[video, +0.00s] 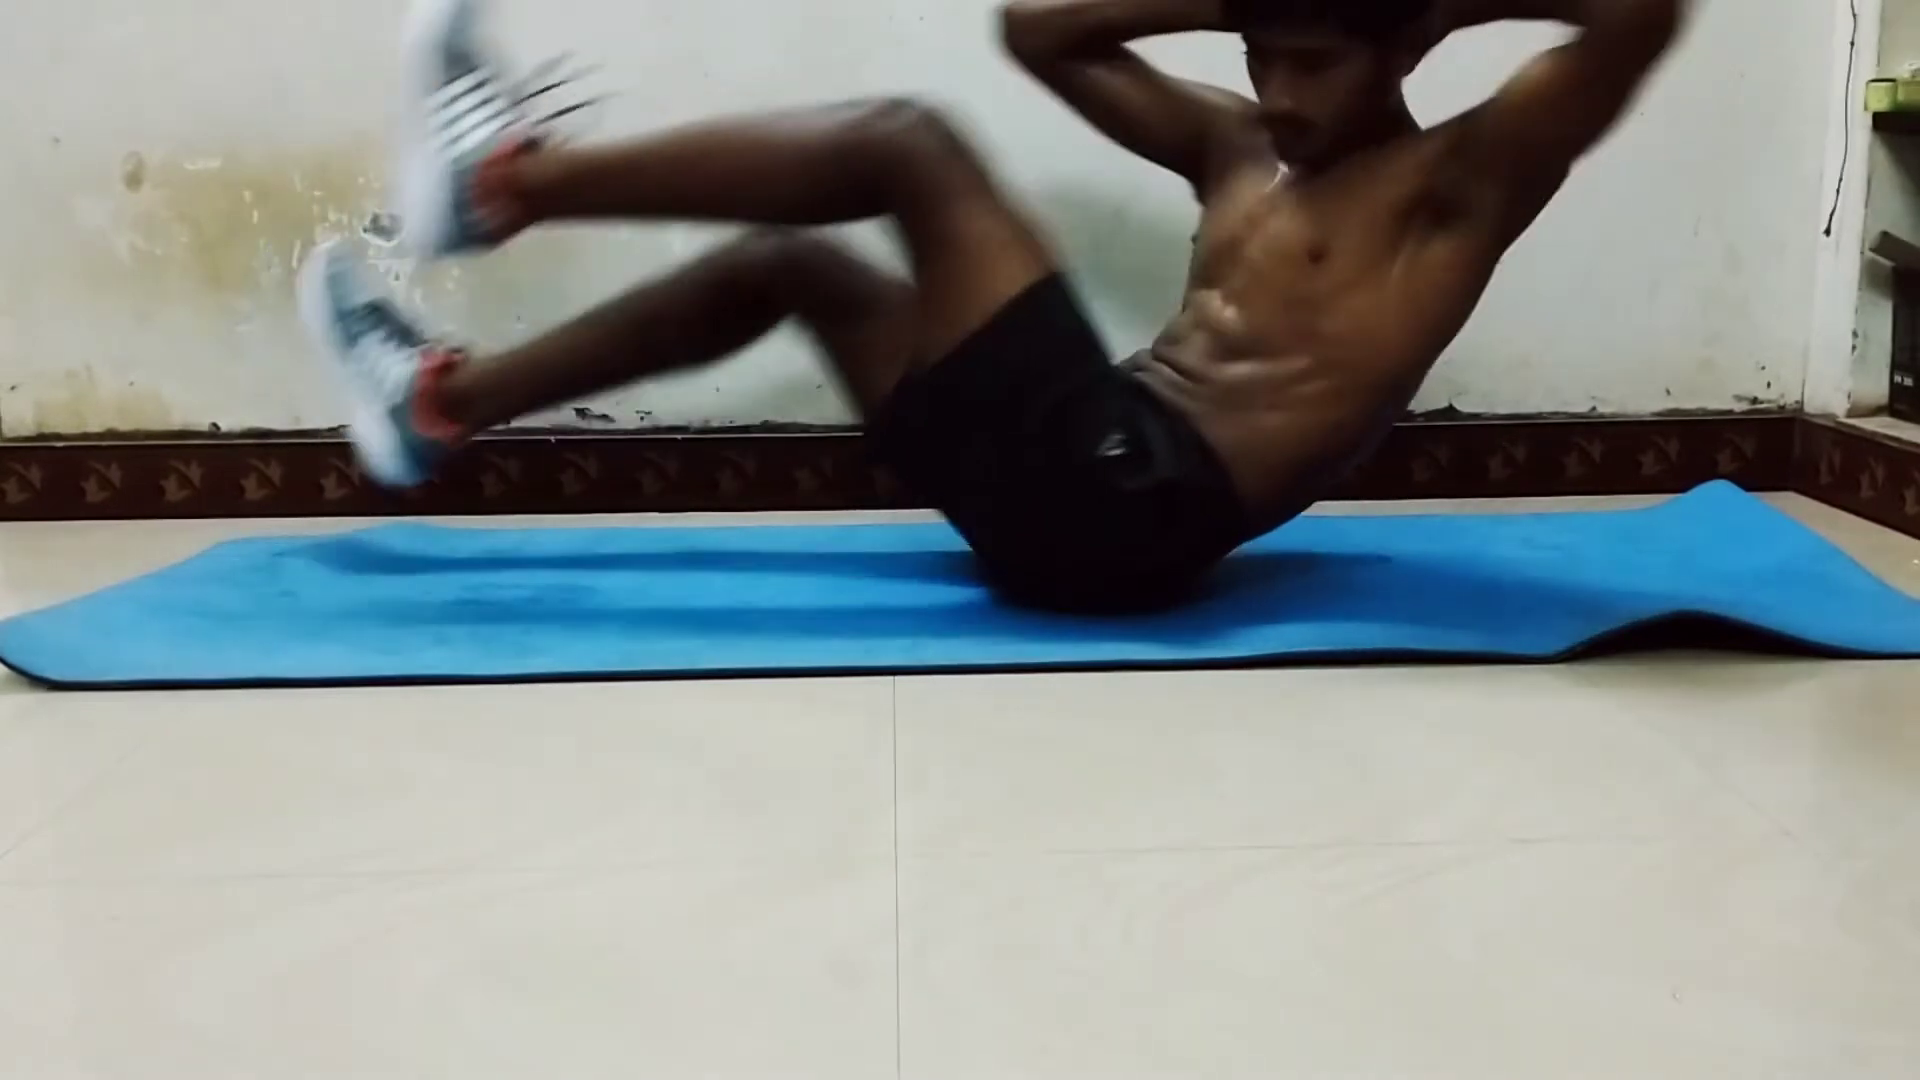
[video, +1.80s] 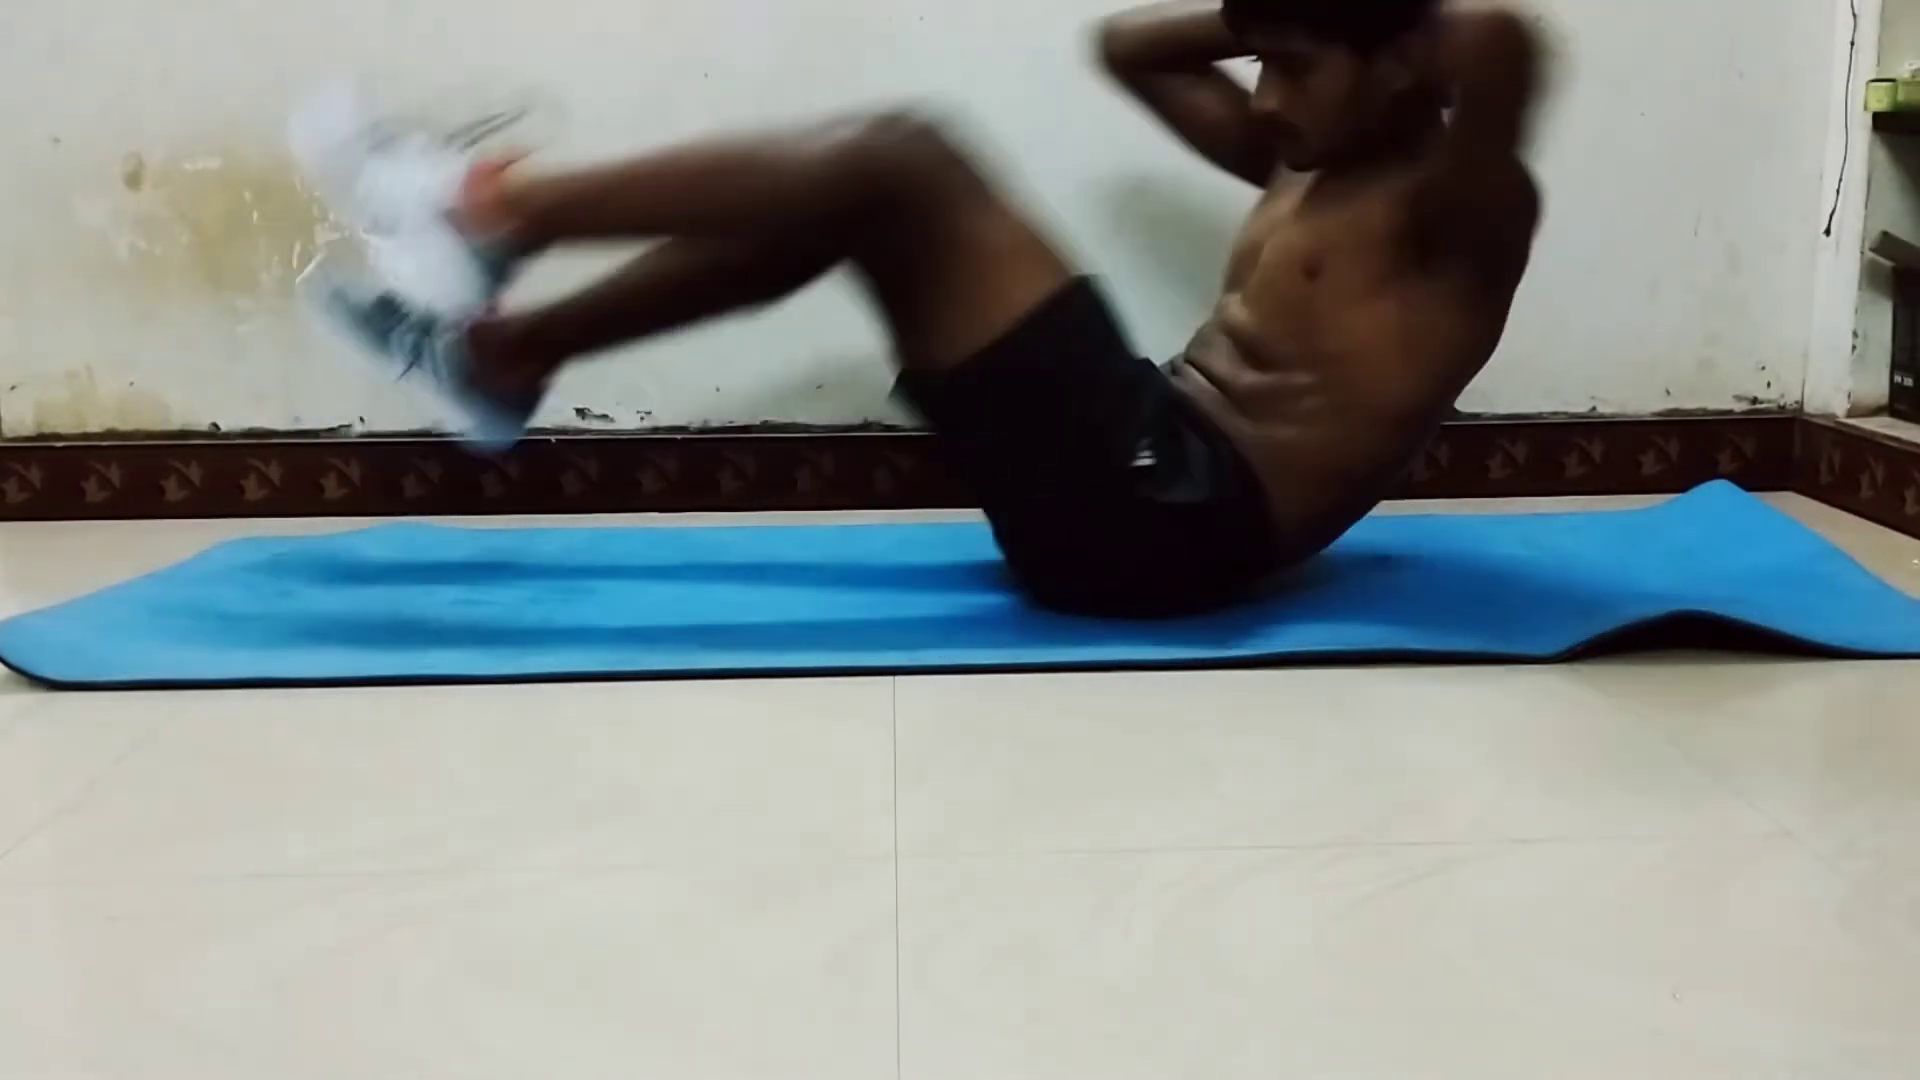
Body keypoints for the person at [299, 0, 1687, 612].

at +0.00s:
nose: (1273, 87)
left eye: (1309, 63)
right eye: (1263, 67)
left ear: (1394, 61)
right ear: (1267, 72)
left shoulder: (1460, 181)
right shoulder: (1237, 151)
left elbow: (1643, 27)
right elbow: (1048, 37)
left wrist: (1461, 25)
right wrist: (1234, 29)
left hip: (1138, 509)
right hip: (1059, 476)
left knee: (917, 142)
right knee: (795, 266)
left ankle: (496, 187)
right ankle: (442, 410)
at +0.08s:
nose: (1254, 93)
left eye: (1289, 64)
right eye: (1248, 66)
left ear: (1385, 62)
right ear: (1251, 59)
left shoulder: (1451, 187)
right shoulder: (1245, 155)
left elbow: (1599, 18)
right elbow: (1067, 35)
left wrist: (1441, 22)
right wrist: (1241, 21)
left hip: (1127, 512)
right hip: (1068, 471)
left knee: (860, 169)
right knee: (829, 205)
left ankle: (455, 208)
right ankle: (486, 386)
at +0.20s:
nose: (1217, 97)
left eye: (1243, 66)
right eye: (1206, 74)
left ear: (1344, 45)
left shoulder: (1404, 174)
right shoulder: (1327, 174)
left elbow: (1386, 99)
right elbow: (1259, 151)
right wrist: (1180, 77)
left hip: (1119, 513)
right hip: (1101, 447)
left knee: (808, 223)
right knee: (893, 161)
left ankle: (370, 245)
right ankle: (539, 334)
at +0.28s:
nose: (1235, 81)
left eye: (1252, 50)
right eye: (1241, 54)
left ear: (1343, 47)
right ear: (1351, 52)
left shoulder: (1379, 172)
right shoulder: (1333, 186)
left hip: (1118, 503)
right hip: (1091, 427)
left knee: (742, 310)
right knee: (1012, 121)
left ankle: (302, 295)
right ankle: (641, 233)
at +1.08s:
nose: (1265, 81)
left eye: (1290, 44)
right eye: (1253, 49)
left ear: (1409, 41)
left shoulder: (1427, 175)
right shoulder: (1344, 193)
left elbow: (1414, 125)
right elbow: (1186, 112)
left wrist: (1379, 73)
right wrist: (1341, 89)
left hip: (1149, 514)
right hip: (1115, 487)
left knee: (875, 180)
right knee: (846, 248)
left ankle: (474, 261)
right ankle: (475, 229)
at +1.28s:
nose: (1289, 92)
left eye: (1322, 67)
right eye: (1280, 66)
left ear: (1412, 66)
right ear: (1284, 71)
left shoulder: (1455, 189)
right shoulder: (1272, 172)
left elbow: (1595, 31)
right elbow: (1096, 107)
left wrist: (1451, 51)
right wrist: (1270, 64)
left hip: (1153, 508)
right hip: (1074, 463)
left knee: (1061, 103)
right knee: (752, 348)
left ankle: (659, 153)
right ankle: (379, 324)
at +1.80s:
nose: (1273, 96)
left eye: (1297, 68)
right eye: (1266, 66)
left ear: (1394, 67)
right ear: (1289, 71)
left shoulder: (1465, 215)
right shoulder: (1308, 166)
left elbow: (1507, 46)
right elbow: (1125, 52)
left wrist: (1440, 64)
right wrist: (1269, 39)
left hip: (1179, 524)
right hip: (1127, 475)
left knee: (909, 162)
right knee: (897, 169)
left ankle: (492, 205)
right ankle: (507, 356)